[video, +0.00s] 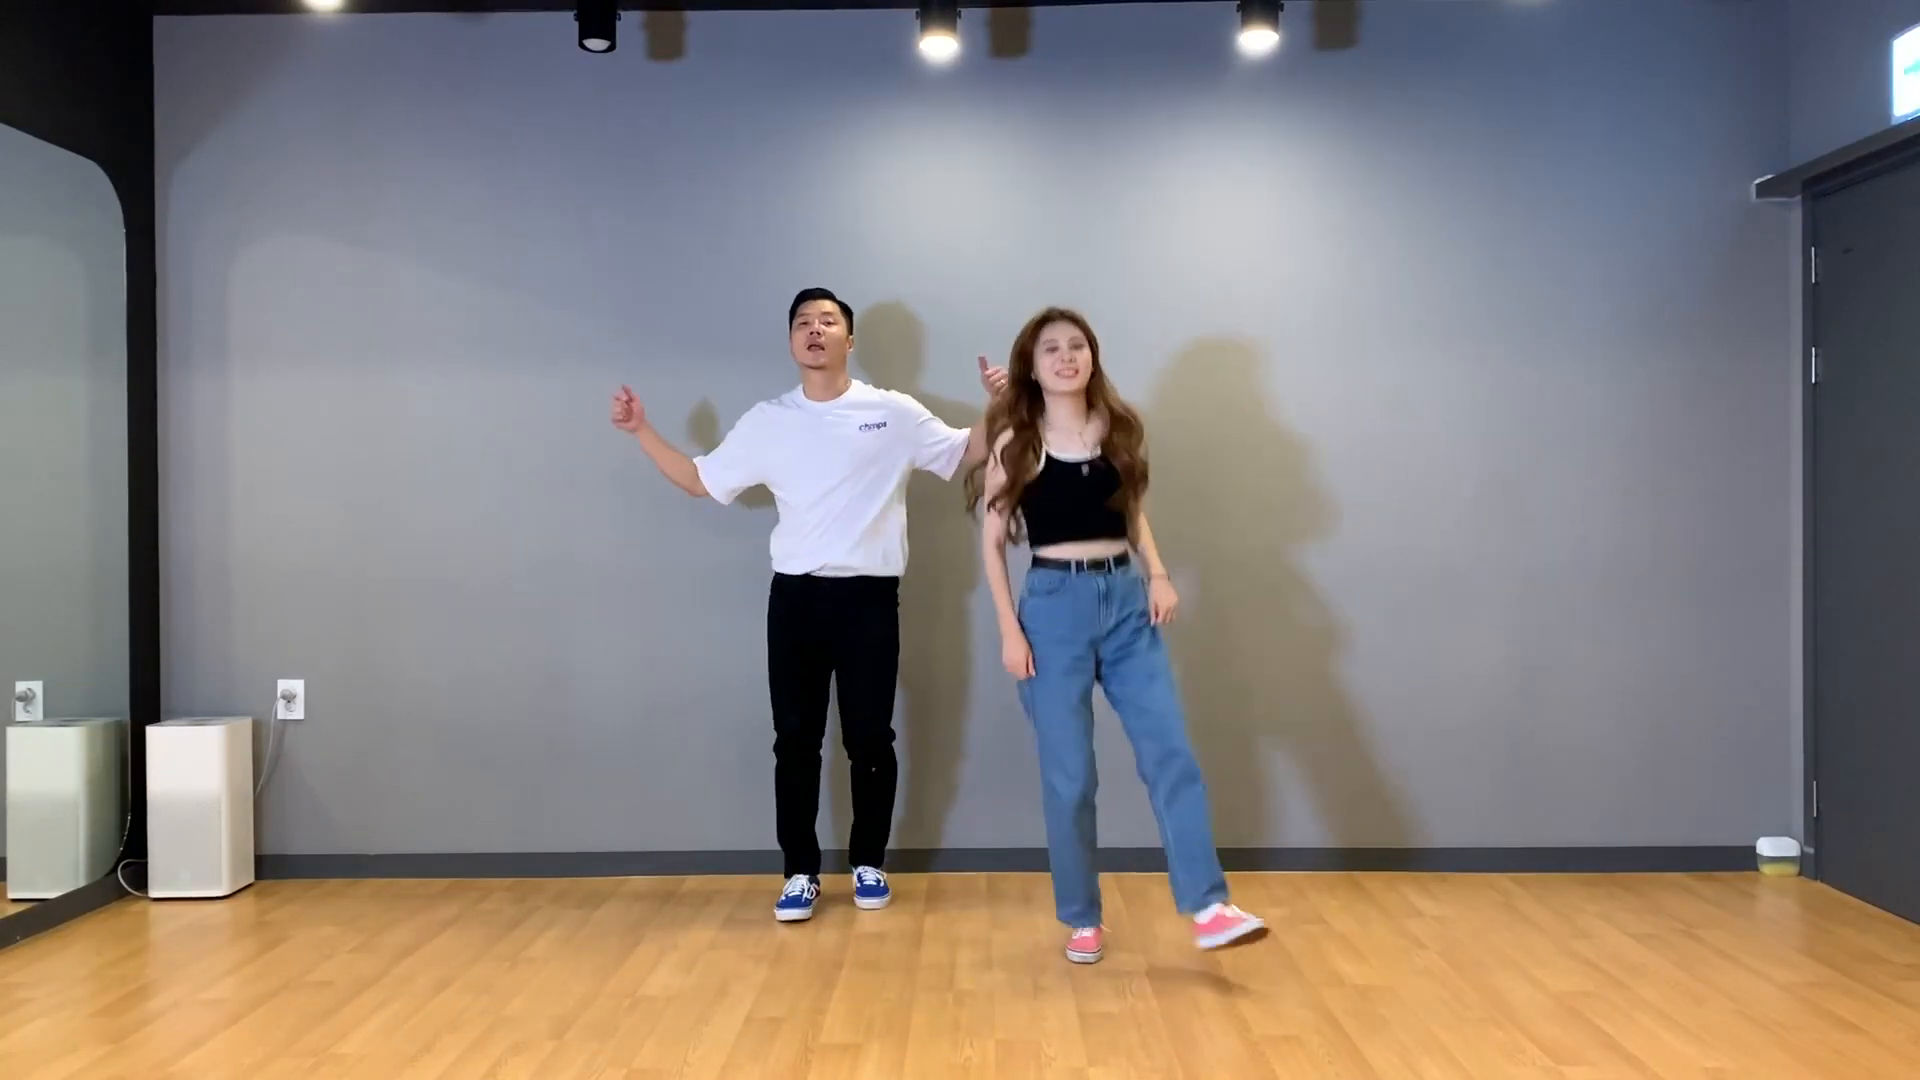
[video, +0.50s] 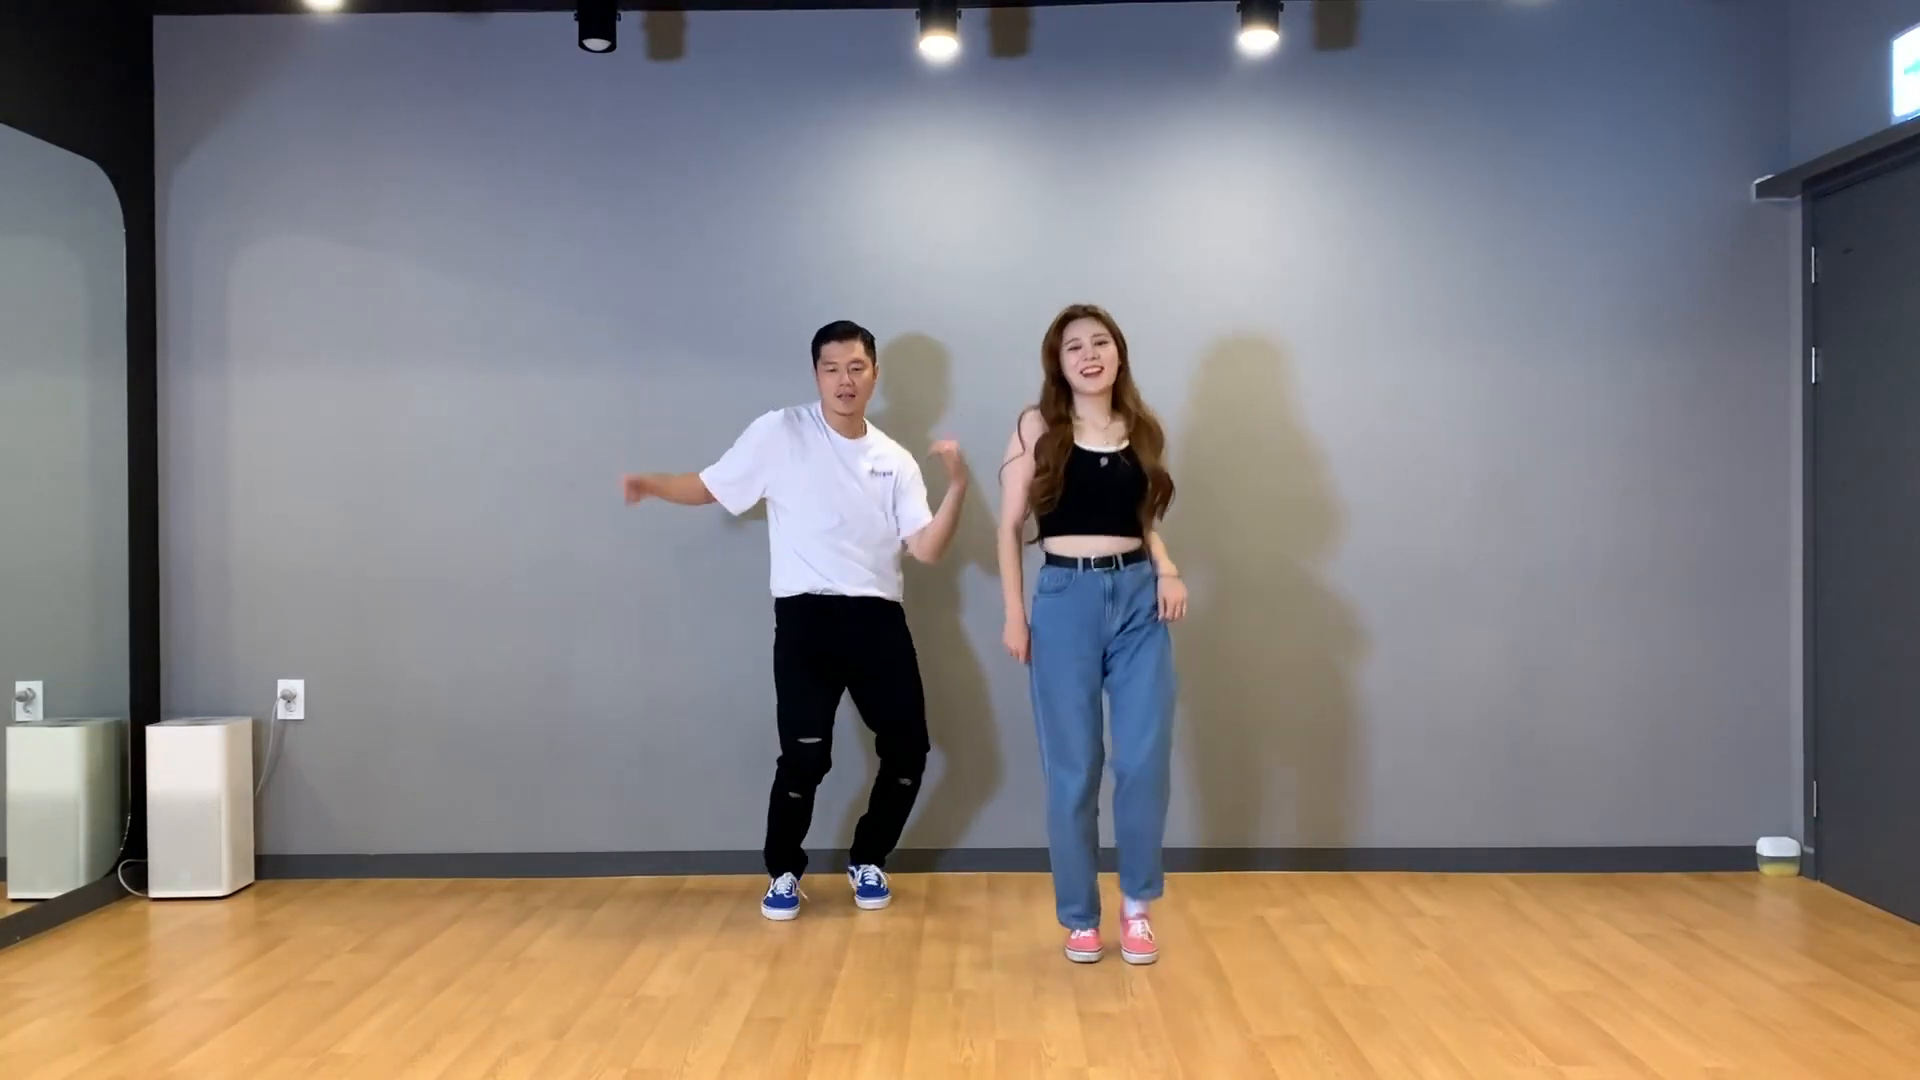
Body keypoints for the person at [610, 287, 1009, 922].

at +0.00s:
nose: (815, 328)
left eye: (828, 320)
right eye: (803, 322)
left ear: (850, 339)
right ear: (790, 344)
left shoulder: (892, 411)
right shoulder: (769, 420)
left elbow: (965, 454)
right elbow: (701, 479)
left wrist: (996, 405)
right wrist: (642, 430)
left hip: (870, 595)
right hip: (796, 596)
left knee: (870, 740)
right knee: (795, 742)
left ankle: (868, 867)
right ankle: (799, 874)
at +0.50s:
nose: (845, 380)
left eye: (856, 368)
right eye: (832, 369)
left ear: (873, 375)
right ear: (815, 377)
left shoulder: (894, 460)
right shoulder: (779, 432)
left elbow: (926, 547)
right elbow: (713, 486)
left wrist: (958, 485)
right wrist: (653, 485)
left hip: (878, 617)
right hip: (805, 614)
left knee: (908, 747)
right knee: (805, 755)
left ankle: (868, 861)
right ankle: (784, 874)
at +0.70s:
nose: (829, 360)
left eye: (841, 348)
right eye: (817, 348)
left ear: (858, 352)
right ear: (799, 353)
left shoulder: (891, 427)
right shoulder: (767, 422)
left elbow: (929, 512)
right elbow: (724, 506)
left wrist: (917, 590)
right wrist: (695, 578)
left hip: (866, 599)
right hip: (790, 598)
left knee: (871, 741)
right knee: (781, 738)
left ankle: (858, 860)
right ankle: (785, 871)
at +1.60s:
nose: (850, 337)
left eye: (860, 326)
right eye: (837, 331)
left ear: (884, 337)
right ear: (824, 347)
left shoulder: (913, 431)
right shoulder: (793, 408)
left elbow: (920, 515)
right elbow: (774, 493)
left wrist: (886, 570)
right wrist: (761, 563)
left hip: (886, 594)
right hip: (810, 591)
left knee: (887, 741)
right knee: (791, 736)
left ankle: (885, 871)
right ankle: (775, 870)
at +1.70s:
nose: (843, 345)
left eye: (852, 331)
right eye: (830, 340)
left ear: (879, 336)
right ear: (821, 353)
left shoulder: (913, 420)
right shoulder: (800, 406)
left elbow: (916, 492)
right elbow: (776, 491)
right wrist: (749, 560)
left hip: (877, 594)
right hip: (802, 589)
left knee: (880, 740)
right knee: (782, 735)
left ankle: (883, 871)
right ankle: (774, 870)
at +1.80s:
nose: (826, 353)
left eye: (834, 337)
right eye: (813, 346)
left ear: (862, 334)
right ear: (807, 355)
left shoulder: (893, 408)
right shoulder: (802, 407)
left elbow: (919, 436)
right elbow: (782, 493)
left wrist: (917, 344)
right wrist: (744, 555)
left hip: (867, 590)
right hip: (796, 589)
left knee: (877, 739)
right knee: (778, 735)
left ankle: (884, 870)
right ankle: (774, 869)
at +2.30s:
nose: (777, 355)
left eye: (779, 339)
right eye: (762, 357)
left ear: (805, 337)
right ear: (760, 376)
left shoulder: (867, 393)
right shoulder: (772, 427)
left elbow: (960, 396)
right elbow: (766, 518)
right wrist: (754, 584)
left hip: (857, 595)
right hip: (785, 597)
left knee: (873, 737)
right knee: (777, 740)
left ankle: (888, 871)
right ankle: (768, 871)